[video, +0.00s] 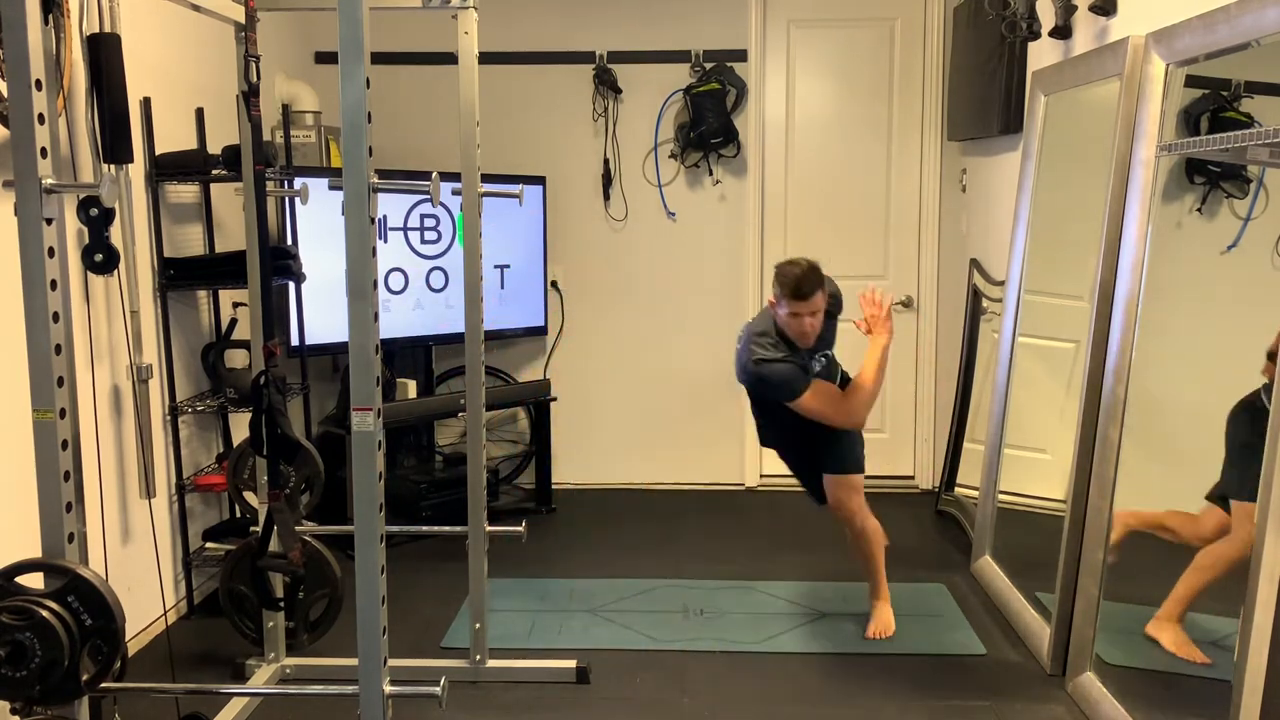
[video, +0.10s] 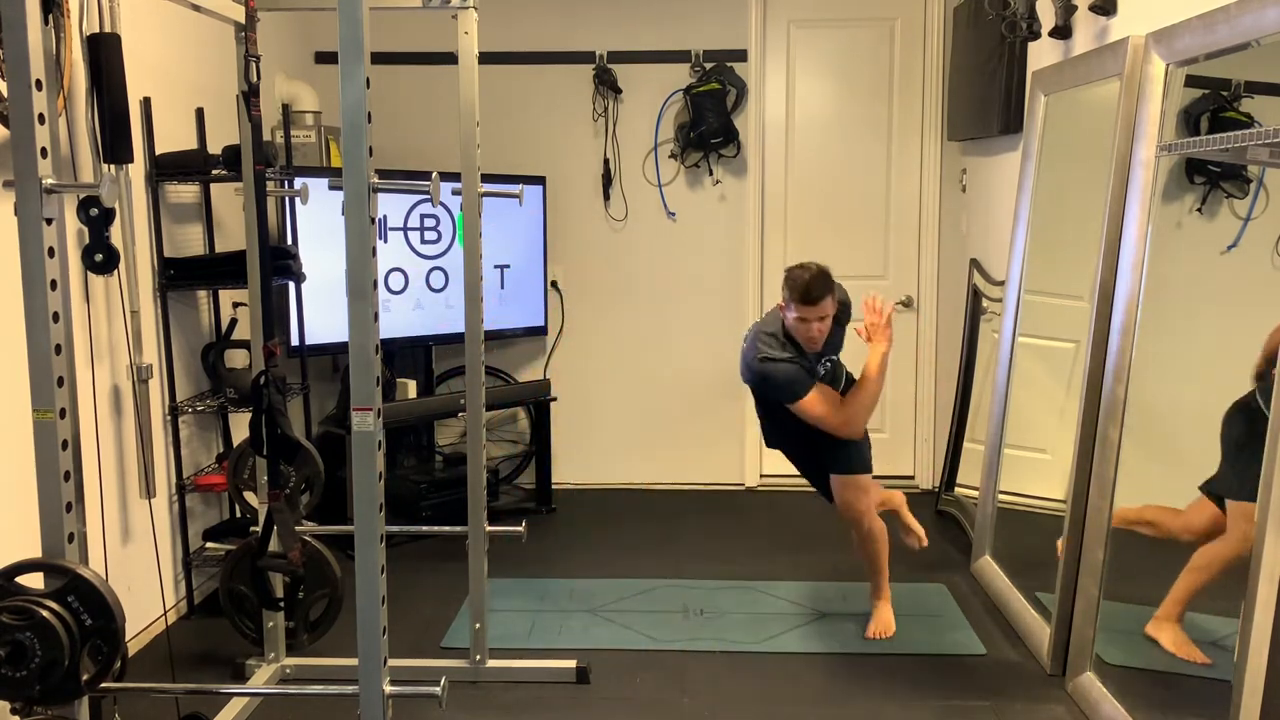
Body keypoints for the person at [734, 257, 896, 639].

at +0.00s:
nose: (807, 325)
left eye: (815, 313)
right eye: (795, 316)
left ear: (824, 301)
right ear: (774, 305)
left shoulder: (829, 297)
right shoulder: (764, 363)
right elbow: (851, 414)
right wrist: (881, 339)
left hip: (834, 409)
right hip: (789, 432)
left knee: (848, 507)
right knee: (836, 500)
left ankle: (880, 597)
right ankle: (873, 532)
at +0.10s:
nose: (817, 331)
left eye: (825, 318)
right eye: (804, 321)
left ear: (834, 305)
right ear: (784, 310)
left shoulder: (839, 304)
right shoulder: (769, 361)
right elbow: (850, 424)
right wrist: (879, 348)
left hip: (838, 406)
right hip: (793, 433)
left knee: (857, 509)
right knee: (849, 497)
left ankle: (881, 597)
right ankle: (896, 502)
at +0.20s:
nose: (812, 326)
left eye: (820, 314)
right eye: (801, 316)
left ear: (830, 302)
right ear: (782, 305)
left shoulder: (844, 310)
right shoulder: (759, 347)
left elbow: (863, 338)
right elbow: (811, 430)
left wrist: (862, 377)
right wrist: (879, 378)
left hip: (834, 410)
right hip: (785, 433)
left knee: (852, 510)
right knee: (828, 515)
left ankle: (882, 597)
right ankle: (879, 503)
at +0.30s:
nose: (794, 314)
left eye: (803, 303)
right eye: (784, 304)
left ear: (816, 290)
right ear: (766, 290)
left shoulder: (838, 313)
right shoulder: (740, 327)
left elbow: (897, 354)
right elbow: (741, 413)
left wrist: (924, 414)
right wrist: (818, 439)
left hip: (824, 404)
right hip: (767, 408)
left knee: (846, 506)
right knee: (762, 516)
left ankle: (882, 598)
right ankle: (802, 512)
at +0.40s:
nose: (772, 297)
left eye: (781, 286)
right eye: (762, 287)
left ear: (795, 274)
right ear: (746, 275)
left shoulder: (820, 305)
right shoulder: (718, 302)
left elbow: (894, 360)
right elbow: (671, 366)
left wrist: (909, 442)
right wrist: (685, 439)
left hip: (800, 404)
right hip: (735, 404)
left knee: (841, 507)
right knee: (697, 481)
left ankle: (882, 598)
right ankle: (694, 533)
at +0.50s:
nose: (738, 289)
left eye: (748, 278)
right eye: (729, 279)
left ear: (763, 265)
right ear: (713, 266)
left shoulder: (786, 293)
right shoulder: (684, 279)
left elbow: (845, 364)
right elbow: (625, 308)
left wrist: (824, 442)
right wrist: (589, 349)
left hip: (758, 388)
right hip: (690, 383)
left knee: (807, 484)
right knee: (647, 480)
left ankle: (862, 587)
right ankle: (599, 573)